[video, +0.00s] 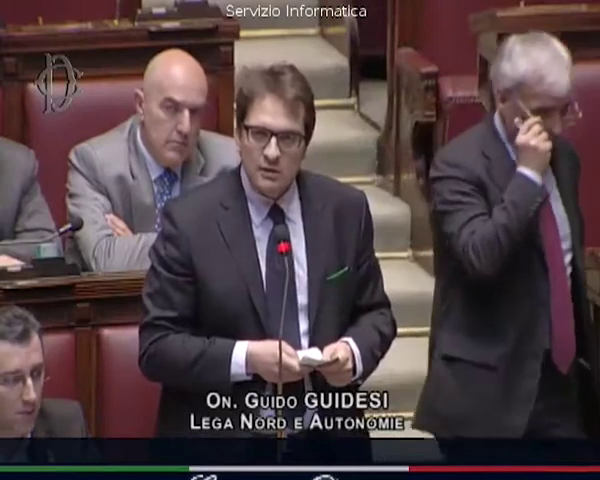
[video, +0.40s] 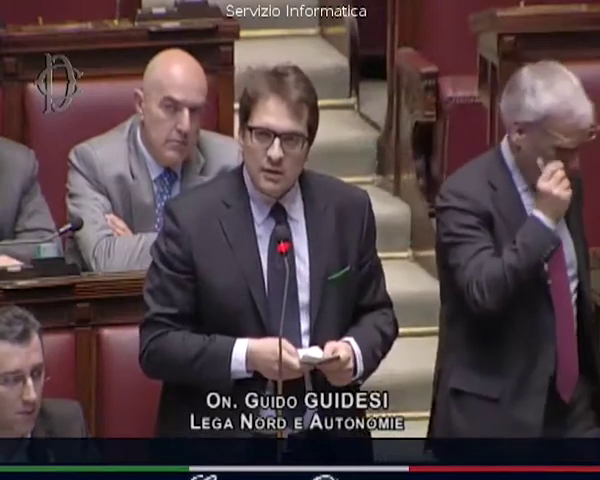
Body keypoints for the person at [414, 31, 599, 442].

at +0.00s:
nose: (555, 126)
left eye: (563, 111)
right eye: (542, 112)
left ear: (570, 99)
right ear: (504, 101)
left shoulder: (564, 159)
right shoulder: (457, 164)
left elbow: (571, 265)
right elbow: (480, 258)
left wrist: (583, 354)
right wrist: (527, 174)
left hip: (561, 378)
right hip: (486, 382)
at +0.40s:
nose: (571, 164)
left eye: (577, 151)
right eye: (560, 152)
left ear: (583, 135)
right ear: (517, 134)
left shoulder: (565, 181)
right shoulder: (464, 194)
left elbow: (579, 288)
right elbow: (481, 292)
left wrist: (588, 379)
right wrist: (544, 218)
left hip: (572, 396)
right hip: (496, 405)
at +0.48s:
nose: (579, 169)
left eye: (584, 155)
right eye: (568, 156)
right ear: (524, 139)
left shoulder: (571, 189)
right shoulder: (467, 200)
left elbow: (584, 297)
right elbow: (479, 305)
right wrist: (550, 241)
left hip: (575, 402)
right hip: (497, 408)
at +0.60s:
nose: (589, 171)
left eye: (592, 158)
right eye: (579, 159)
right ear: (533, 143)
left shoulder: (572, 192)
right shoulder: (475, 205)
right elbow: (473, 319)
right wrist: (558, 275)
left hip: (575, 405)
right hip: (499, 411)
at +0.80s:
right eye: (597, 154)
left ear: (561, 151)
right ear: (558, 151)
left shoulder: (586, 200)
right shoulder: (495, 214)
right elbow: (466, 326)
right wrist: (558, 322)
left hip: (589, 417)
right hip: (515, 426)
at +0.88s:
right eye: (599, 148)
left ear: (570, 152)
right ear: (569, 153)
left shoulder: (588, 206)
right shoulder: (505, 218)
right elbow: (471, 328)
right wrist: (566, 329)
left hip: (589, 423)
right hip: (526, 430)